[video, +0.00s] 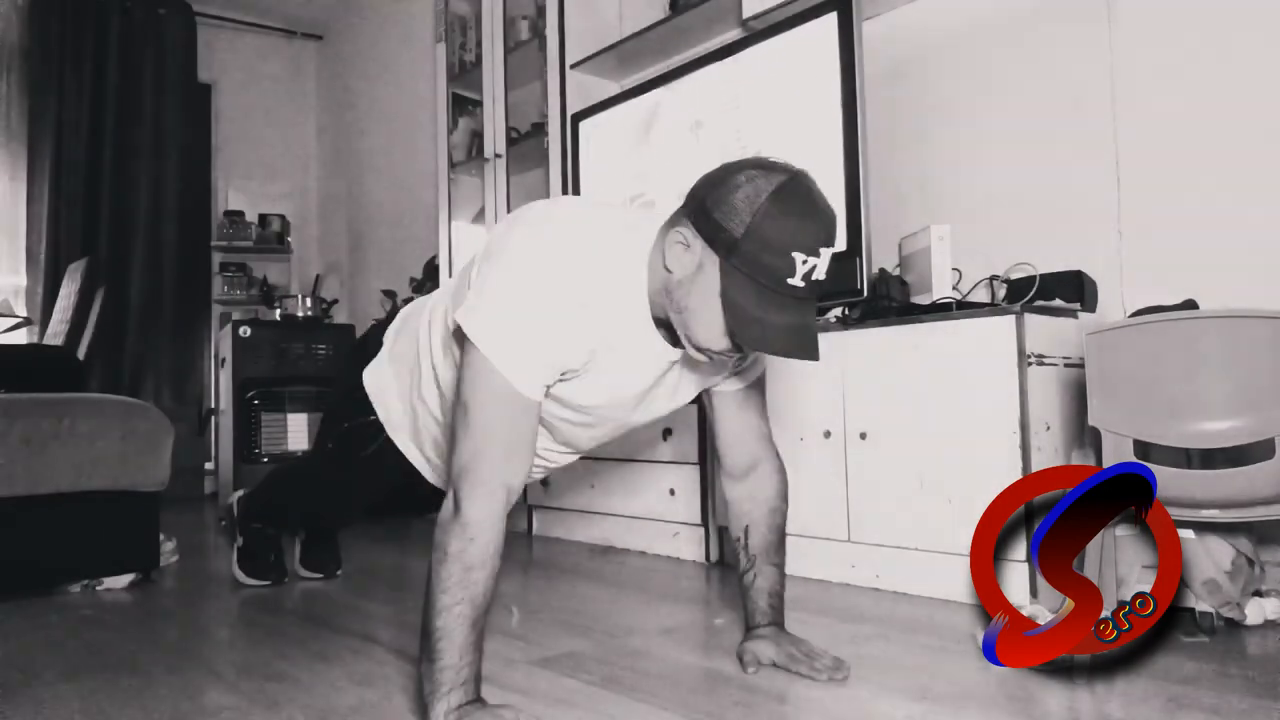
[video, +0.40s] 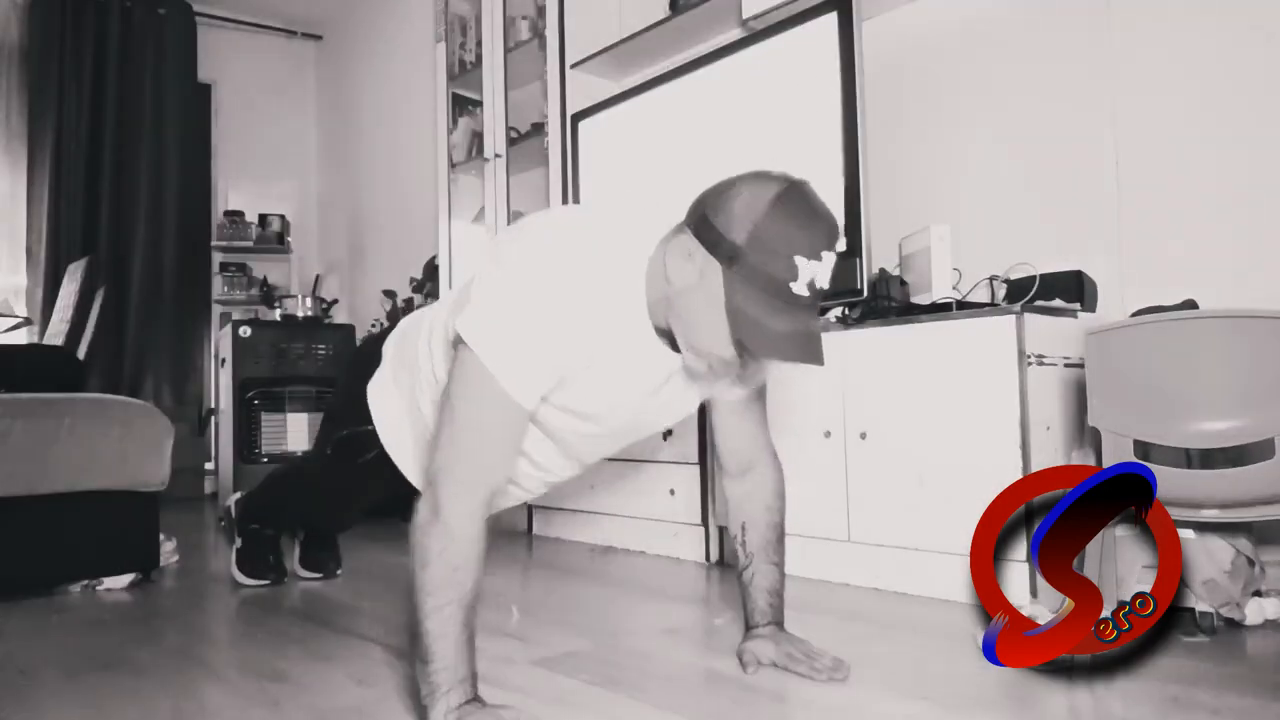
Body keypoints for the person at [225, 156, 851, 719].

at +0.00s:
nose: (749, 349)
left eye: (764, 332)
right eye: (743, 318)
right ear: (682, 254)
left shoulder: (725, 320)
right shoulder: (544, 266)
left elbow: (752, 471)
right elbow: (476, 502)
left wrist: (766, 628)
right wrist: (451, 701)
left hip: (497, 449)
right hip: (411, 407)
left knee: (381, 497)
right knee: (324, 482)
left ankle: (318, 521)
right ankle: (253, 516)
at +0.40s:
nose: (753, 353)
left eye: (765, 335)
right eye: (745, 324)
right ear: (686, 264)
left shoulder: (724, 329)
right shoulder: (546, 276)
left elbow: (749, 468)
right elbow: (449, 502)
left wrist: (766, 627)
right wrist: (449, 697)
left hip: (485, 451)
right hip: (402, 411)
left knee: (368, 492)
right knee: (319, 483)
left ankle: (314, 524)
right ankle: (251, 522)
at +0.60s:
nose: (776, 534)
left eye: (795, 520)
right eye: (775, 510)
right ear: (742, 445)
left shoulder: (780, 409)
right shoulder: (585, 401)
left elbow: (776, 513)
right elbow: (396, 528)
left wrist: (765, 625)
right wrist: (446, 702)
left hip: (523, 483)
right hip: (432, 438)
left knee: (358, 509)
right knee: (324, 494)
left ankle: (303, 543)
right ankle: (255, 521)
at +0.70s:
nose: (809, 624)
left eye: (830, 608)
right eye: (807, 599)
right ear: (757, 531)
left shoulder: (800, 482)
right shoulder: (615, 467)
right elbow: (394, 528)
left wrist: (771, 637)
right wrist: (444, 702)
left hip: (528, 485)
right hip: (430, 469)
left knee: (354, 532)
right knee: (321, 519)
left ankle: (277, 533)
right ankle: (254, 521)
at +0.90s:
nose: (842, 698)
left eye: (863, 680)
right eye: (840, 670)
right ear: (781, 595)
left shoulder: (825, 520)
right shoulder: (629, 533)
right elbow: (402, 533)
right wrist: (444, 702)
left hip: (550, 498)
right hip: (450, 540)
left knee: (388, 509)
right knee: (345, 538)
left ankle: (318, 496)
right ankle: (273, 517)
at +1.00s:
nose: (832, 654)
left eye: (851, 635)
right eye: (832, 627)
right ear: (776, 555)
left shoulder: (811, 506)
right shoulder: (626, 505)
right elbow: (395, 533)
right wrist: (446, 702)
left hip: (546, 489)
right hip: (446, 514)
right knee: (324, 532)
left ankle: (286, 524)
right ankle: (263, 529)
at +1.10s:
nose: (816, 552)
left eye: (835, 536)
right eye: (816, 526)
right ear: (759, 470)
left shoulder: (768, 463)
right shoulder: (604, 448)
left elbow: (769, 534)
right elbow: (384, 533)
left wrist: (760, 632)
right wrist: (445, 702)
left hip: (528, 495)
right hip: (432, 483)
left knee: (352, 517)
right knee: (318, 528)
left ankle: (277, 530)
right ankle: (256, 529)